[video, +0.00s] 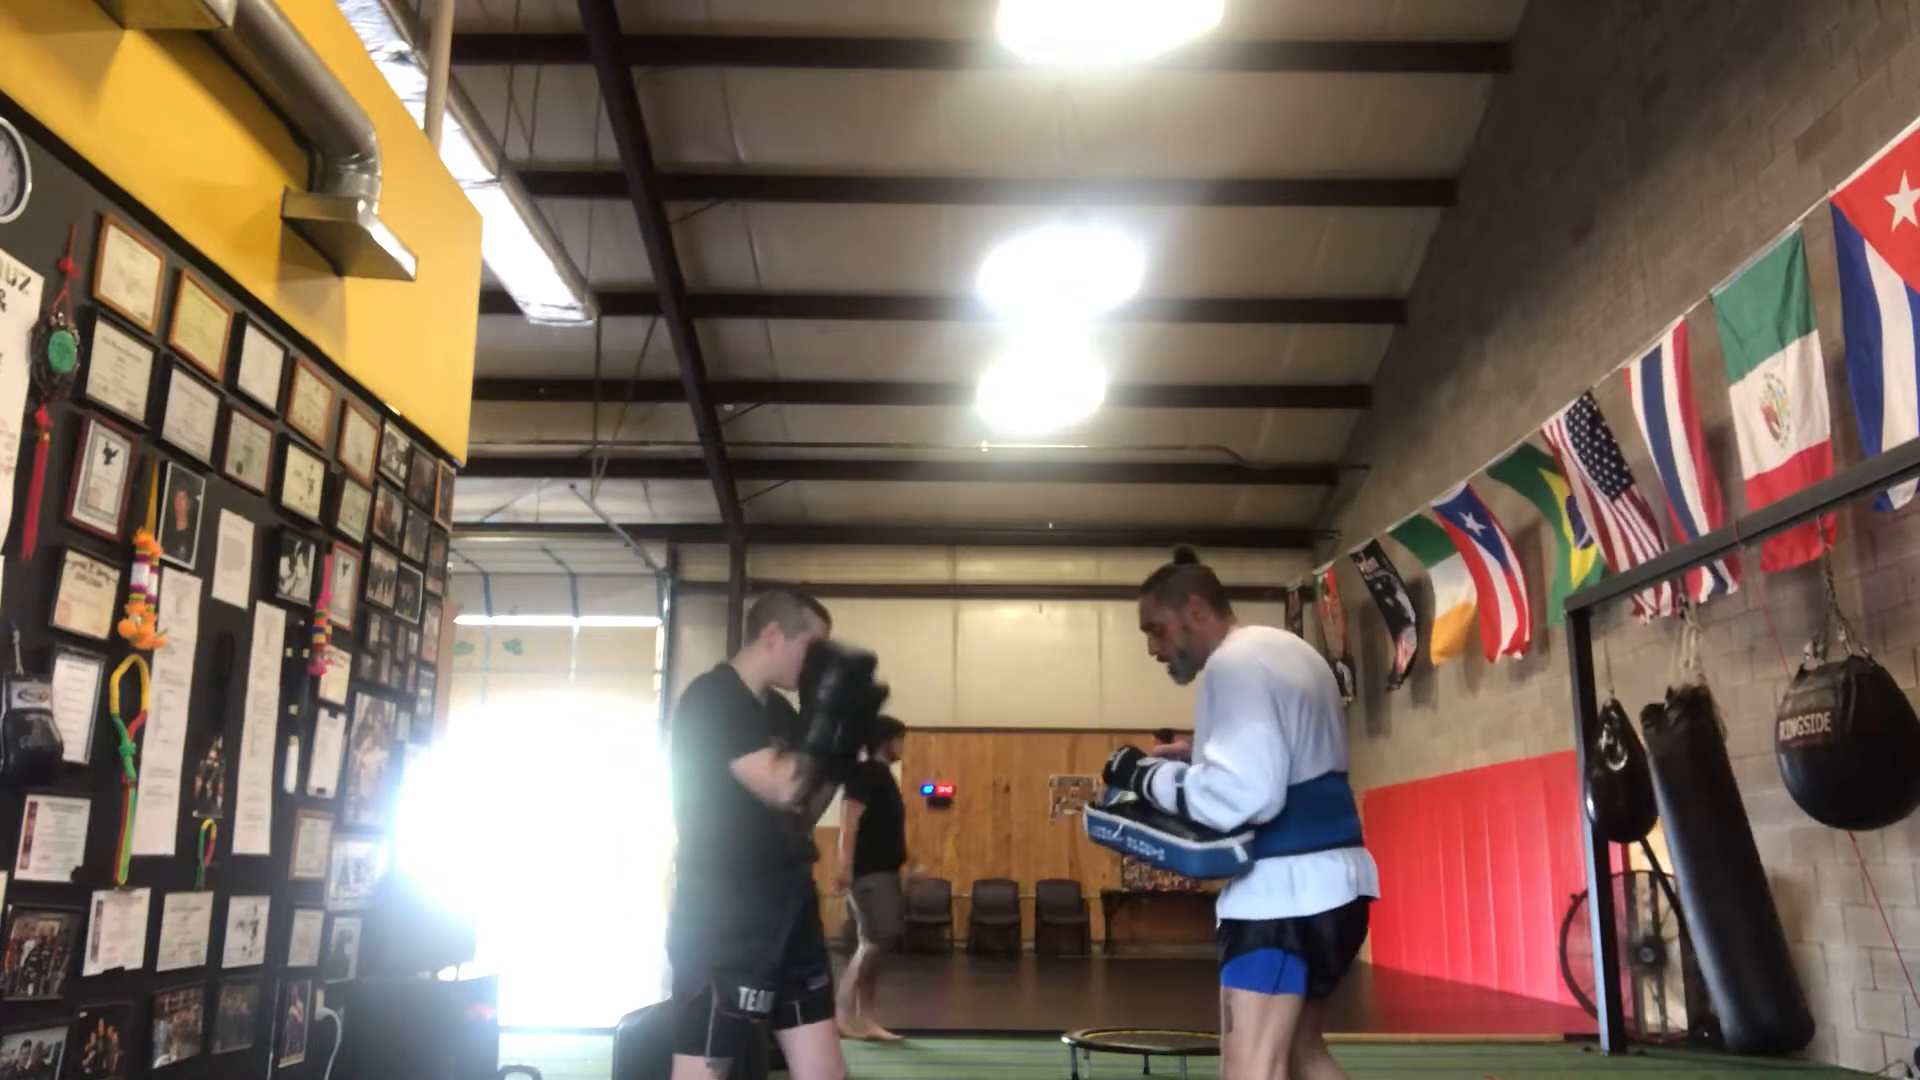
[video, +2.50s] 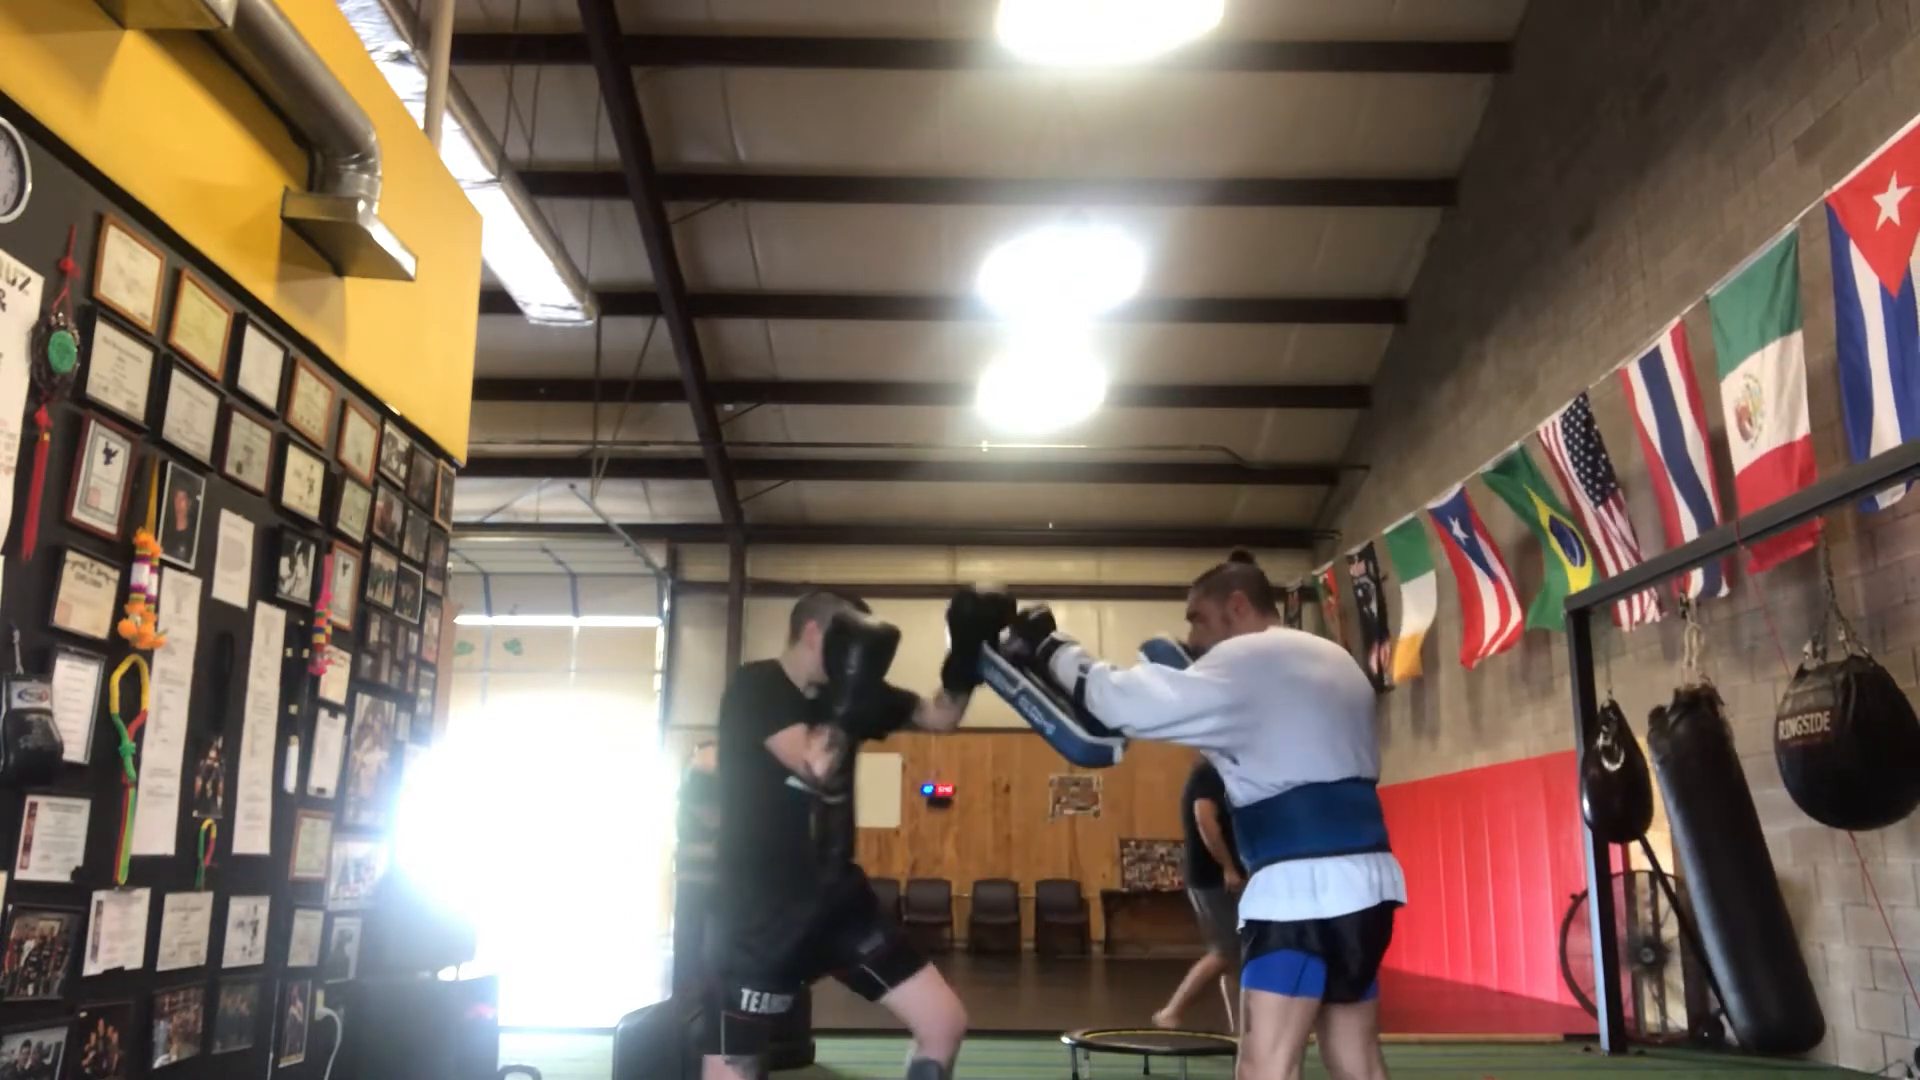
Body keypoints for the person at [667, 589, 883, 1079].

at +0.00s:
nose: (815, 663)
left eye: (819, 650)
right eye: (812, 647)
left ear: (774, 640)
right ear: (773, 636)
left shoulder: (780, 710)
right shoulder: (711, 698)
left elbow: (809, 807)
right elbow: (783, 786)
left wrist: (846, 733)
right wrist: (832, 714)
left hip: (790, 920)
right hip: (723, 923)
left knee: (822, 1069)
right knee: (699, 1071)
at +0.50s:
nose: (847, 663)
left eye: (852, 652)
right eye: (843, 649)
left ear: (809, 643)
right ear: (807, 639)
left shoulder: (822, 709)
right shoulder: (743, 696)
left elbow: (872, 794)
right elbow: (805, 779)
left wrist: (901, 718)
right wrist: (852, 703)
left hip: (818, 914)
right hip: (751, 915)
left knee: (832, 1070)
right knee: (736, 1068)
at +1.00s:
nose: (820, 658)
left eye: (825, 646)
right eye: (814, 644)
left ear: (786, 640)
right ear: (783, 637)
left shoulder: (795, 703)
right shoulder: (726, 691)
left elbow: (849, 786)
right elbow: (812, 768)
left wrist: (874, 706)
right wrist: (837, 691)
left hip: (796, 918)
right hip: (731, 918)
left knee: (829, 1070)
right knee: (722, 1071)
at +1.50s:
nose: (823, 662)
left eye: (828, 651)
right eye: (816, 647)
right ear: (782, 636)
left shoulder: (812, 705)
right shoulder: (720, 691)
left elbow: (888, 770)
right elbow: (775, 779)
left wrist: (948, 728)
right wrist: (816, 702)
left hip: (797, 913)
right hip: (724, 915)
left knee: (824, 1070)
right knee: (715, 1070)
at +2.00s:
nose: (804, 659)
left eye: (810, 647)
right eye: (799, 645)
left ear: (767, 639)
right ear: (766, 635)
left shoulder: (778, 698)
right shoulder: (707, 685)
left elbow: (824, 787)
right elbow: (783, 773)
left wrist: (841, 701)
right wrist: (817, 692)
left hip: (772, 901)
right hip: (706, 905)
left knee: (838, 1057)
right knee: (701, 1070)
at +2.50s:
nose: (851, 650)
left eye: (855, 641)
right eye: (843, 639)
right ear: (811, 632)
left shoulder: (847, 695)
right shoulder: (753, 687)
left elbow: (940, 714)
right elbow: (816, 764)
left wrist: (968, 646)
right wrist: (850, 683)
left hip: (834, 898)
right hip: (759, 905)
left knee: (942, 1021)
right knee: (731, 1070)